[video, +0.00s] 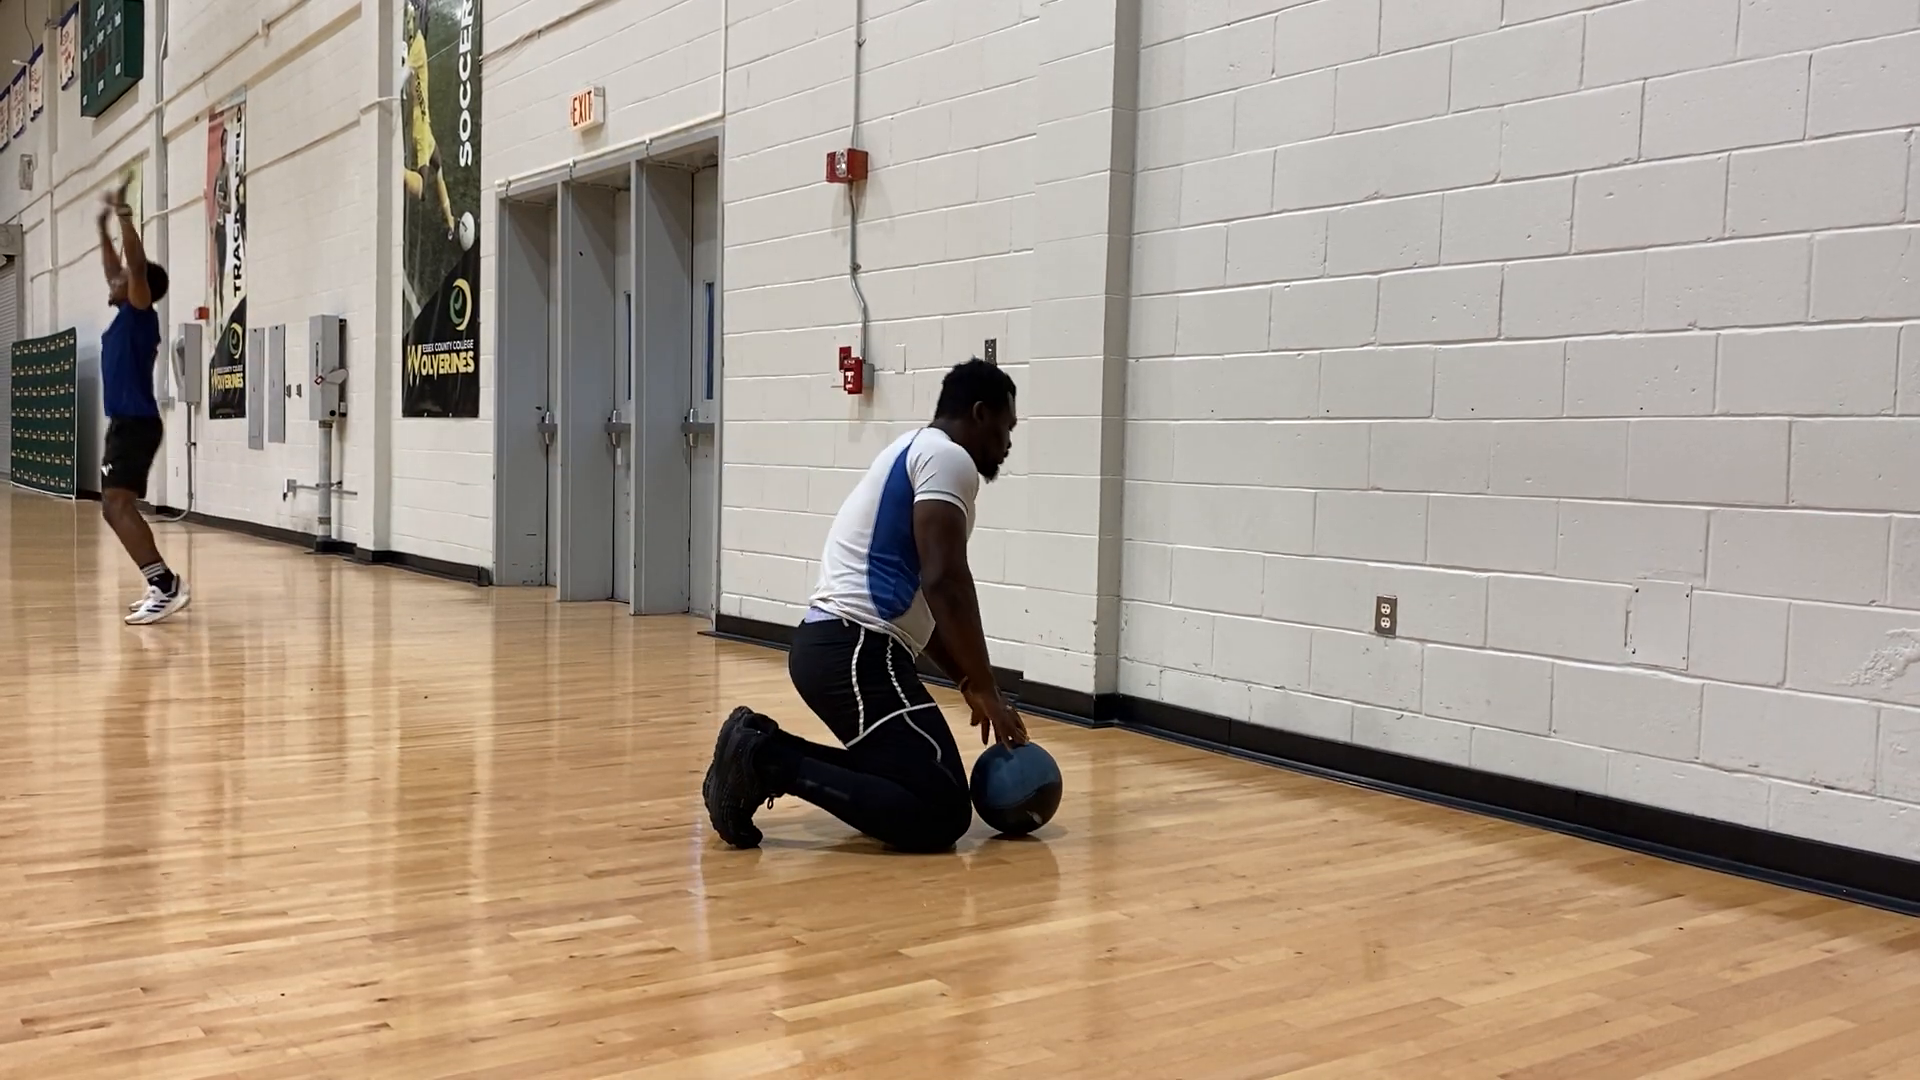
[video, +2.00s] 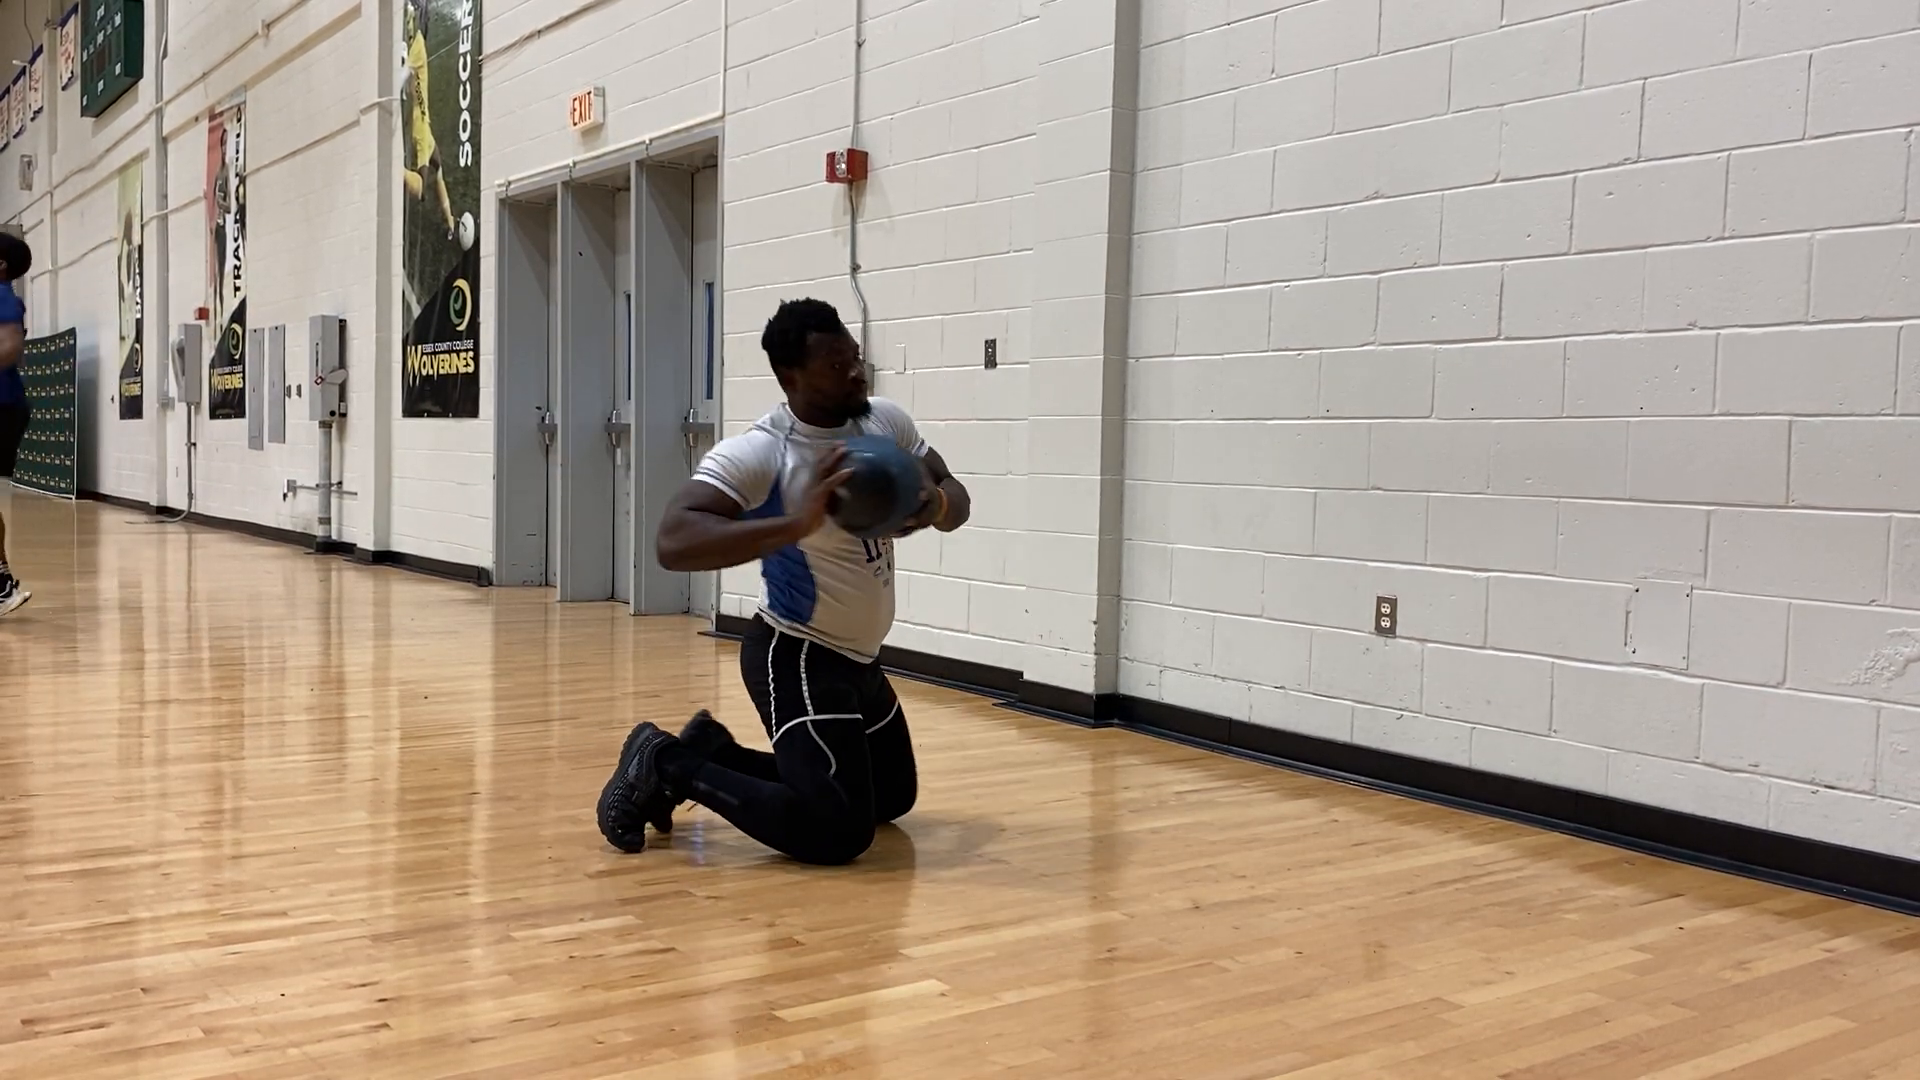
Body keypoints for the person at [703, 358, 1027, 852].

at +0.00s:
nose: (1009, 444)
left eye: (1011, 430)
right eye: (1007, 428)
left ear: (960, 413)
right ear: (979, 415)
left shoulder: (913, 453)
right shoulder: (945, 455)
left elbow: (909, 607)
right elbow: (944, 580)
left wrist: (970, 684)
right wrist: (985, 689)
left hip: (838, 643)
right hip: (856, 647)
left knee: (936, 793)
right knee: (940, 817)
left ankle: (767, 745)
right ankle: (768, 760)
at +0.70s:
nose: (1041, 493)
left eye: (1044, 479)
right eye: (1038, 477)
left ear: (994, 461)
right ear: (1005, 466)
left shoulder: (953, 509)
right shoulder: (941, 513)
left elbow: (949, 631)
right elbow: (916, 651)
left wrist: (981, 722)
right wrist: (973, 753)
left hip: (836, 658)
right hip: (806, 657)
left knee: (921, 785)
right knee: (882, 823)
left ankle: (757, 766)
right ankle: (711, 777)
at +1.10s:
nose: (996, 421)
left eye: (991, 407)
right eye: (986, 409)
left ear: (948, 422)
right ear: (951, 421)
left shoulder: (939, 487)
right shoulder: (905, 475)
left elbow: (925, 582)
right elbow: (855, 592)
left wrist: (977, 662)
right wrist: (945, 671)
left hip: (841, 657)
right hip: (805, 655)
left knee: (921, 783)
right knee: (879, 821)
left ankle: (760, 766)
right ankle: (701, 780)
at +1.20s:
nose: (985, 404)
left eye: (981, 390)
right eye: (975, 392)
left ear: (941, 403)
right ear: (941, 401)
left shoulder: (931, 468)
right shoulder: (896, 448)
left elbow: (916, 562)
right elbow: (835, 548)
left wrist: (967, 626)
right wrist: (938, 612)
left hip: (852, 655)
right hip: (818, 651)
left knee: (924, 784)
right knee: (880, 820)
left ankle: (760, 765)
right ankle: (702, 781)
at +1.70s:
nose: (928, 358)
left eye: (918, 347)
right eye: (912, 352)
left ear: (884, 382)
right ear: (880, 382)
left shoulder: (907, 442)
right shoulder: (835, 447)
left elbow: (904, 538)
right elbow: (811, 555)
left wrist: (963, 550)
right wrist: (919, 535)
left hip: (871, 656)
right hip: (819, 652)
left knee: (924, 790)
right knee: (841, 830)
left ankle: (765, 762)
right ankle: (672, 763)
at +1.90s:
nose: (884, 372)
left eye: (878, 359)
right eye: (867, 366)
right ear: (820, 389)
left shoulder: (883, 428)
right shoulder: (786, 454)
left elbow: (901, 508)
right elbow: (731, 554)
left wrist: (942, 516)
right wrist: (852, 527)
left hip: (862, 659)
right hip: (802, 656)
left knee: (909, 790)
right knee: (841, 830)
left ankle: (743, 762)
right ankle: (674, 767)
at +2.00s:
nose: (857, 367)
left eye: (855, 353)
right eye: (837, 361)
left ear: (859, 347)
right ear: (790, 379)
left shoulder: (886, 423)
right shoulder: (762, 450)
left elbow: (954, 500)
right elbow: (674, 542)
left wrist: (934, 504)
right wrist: (793, 526)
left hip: (855, 657)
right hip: (796, 654)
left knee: (889, 793)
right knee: (837, 831)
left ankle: (717, 755)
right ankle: (667, 765)